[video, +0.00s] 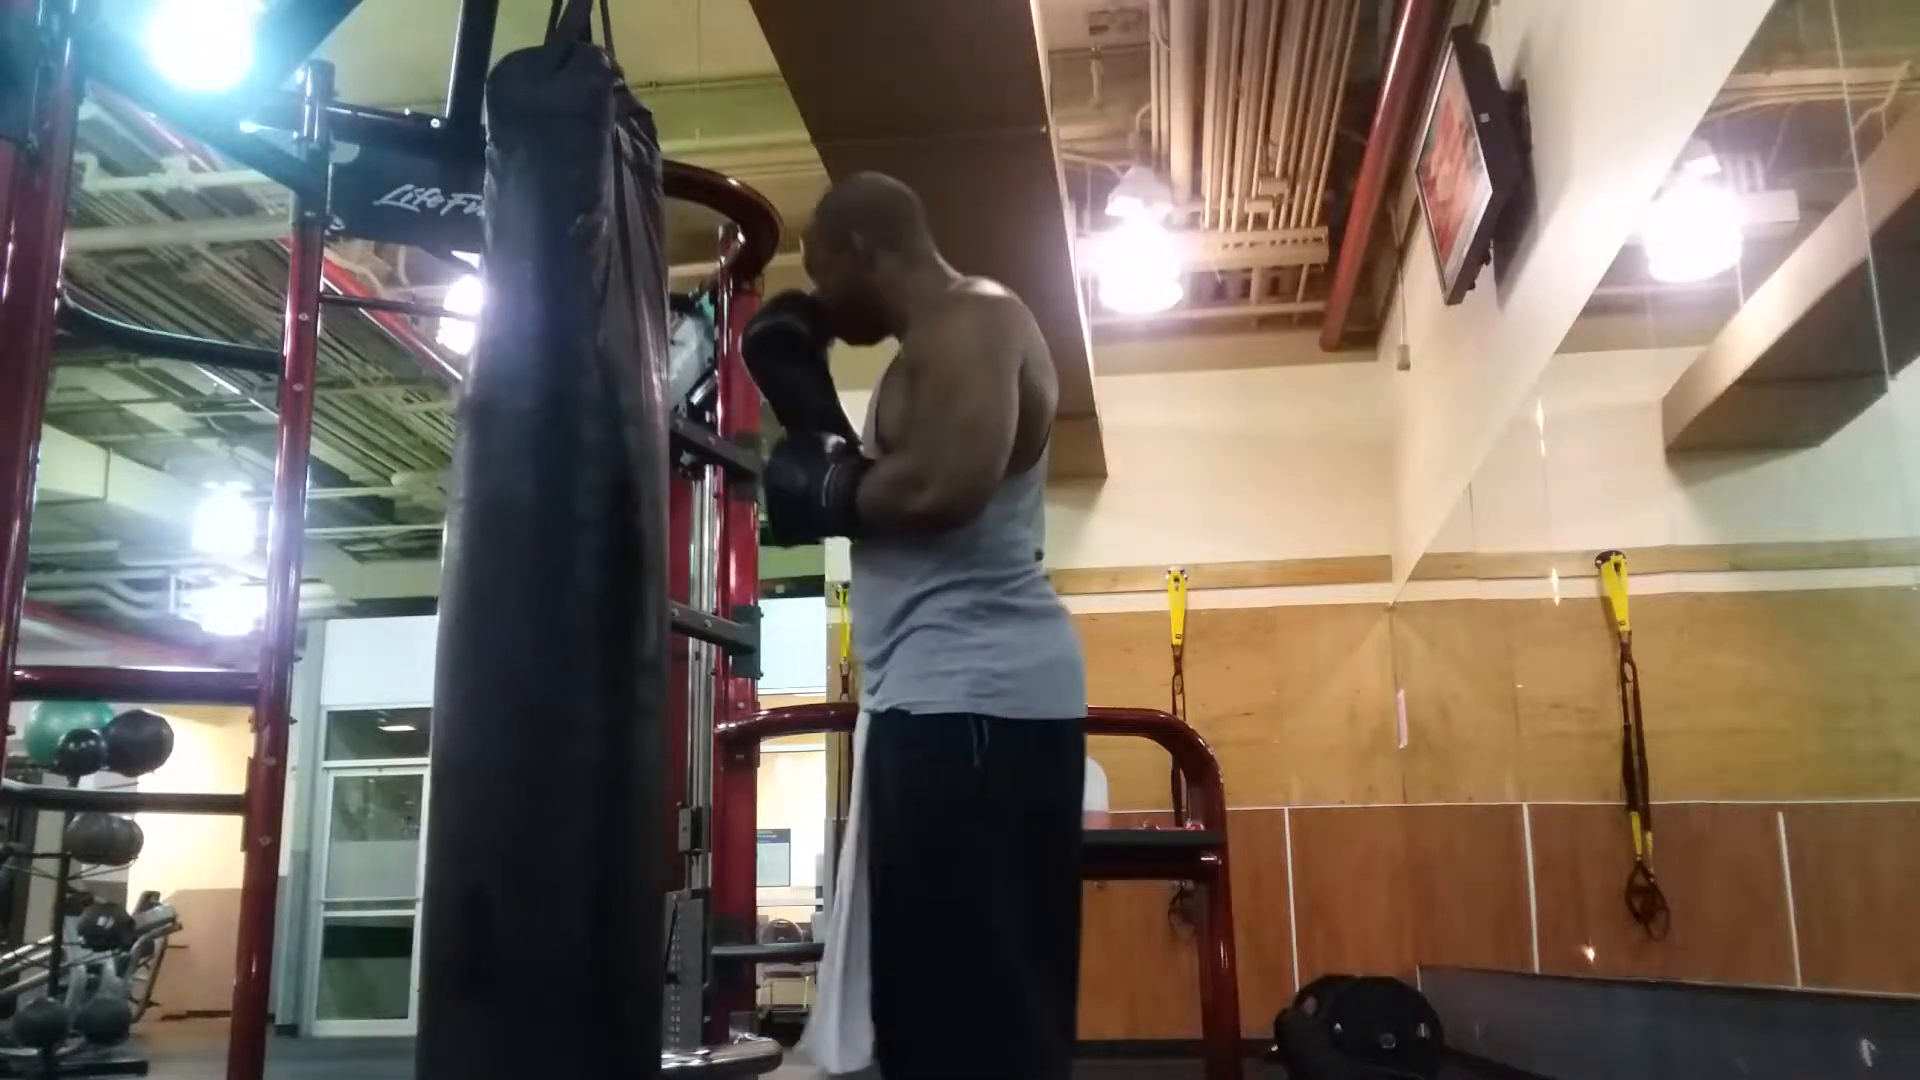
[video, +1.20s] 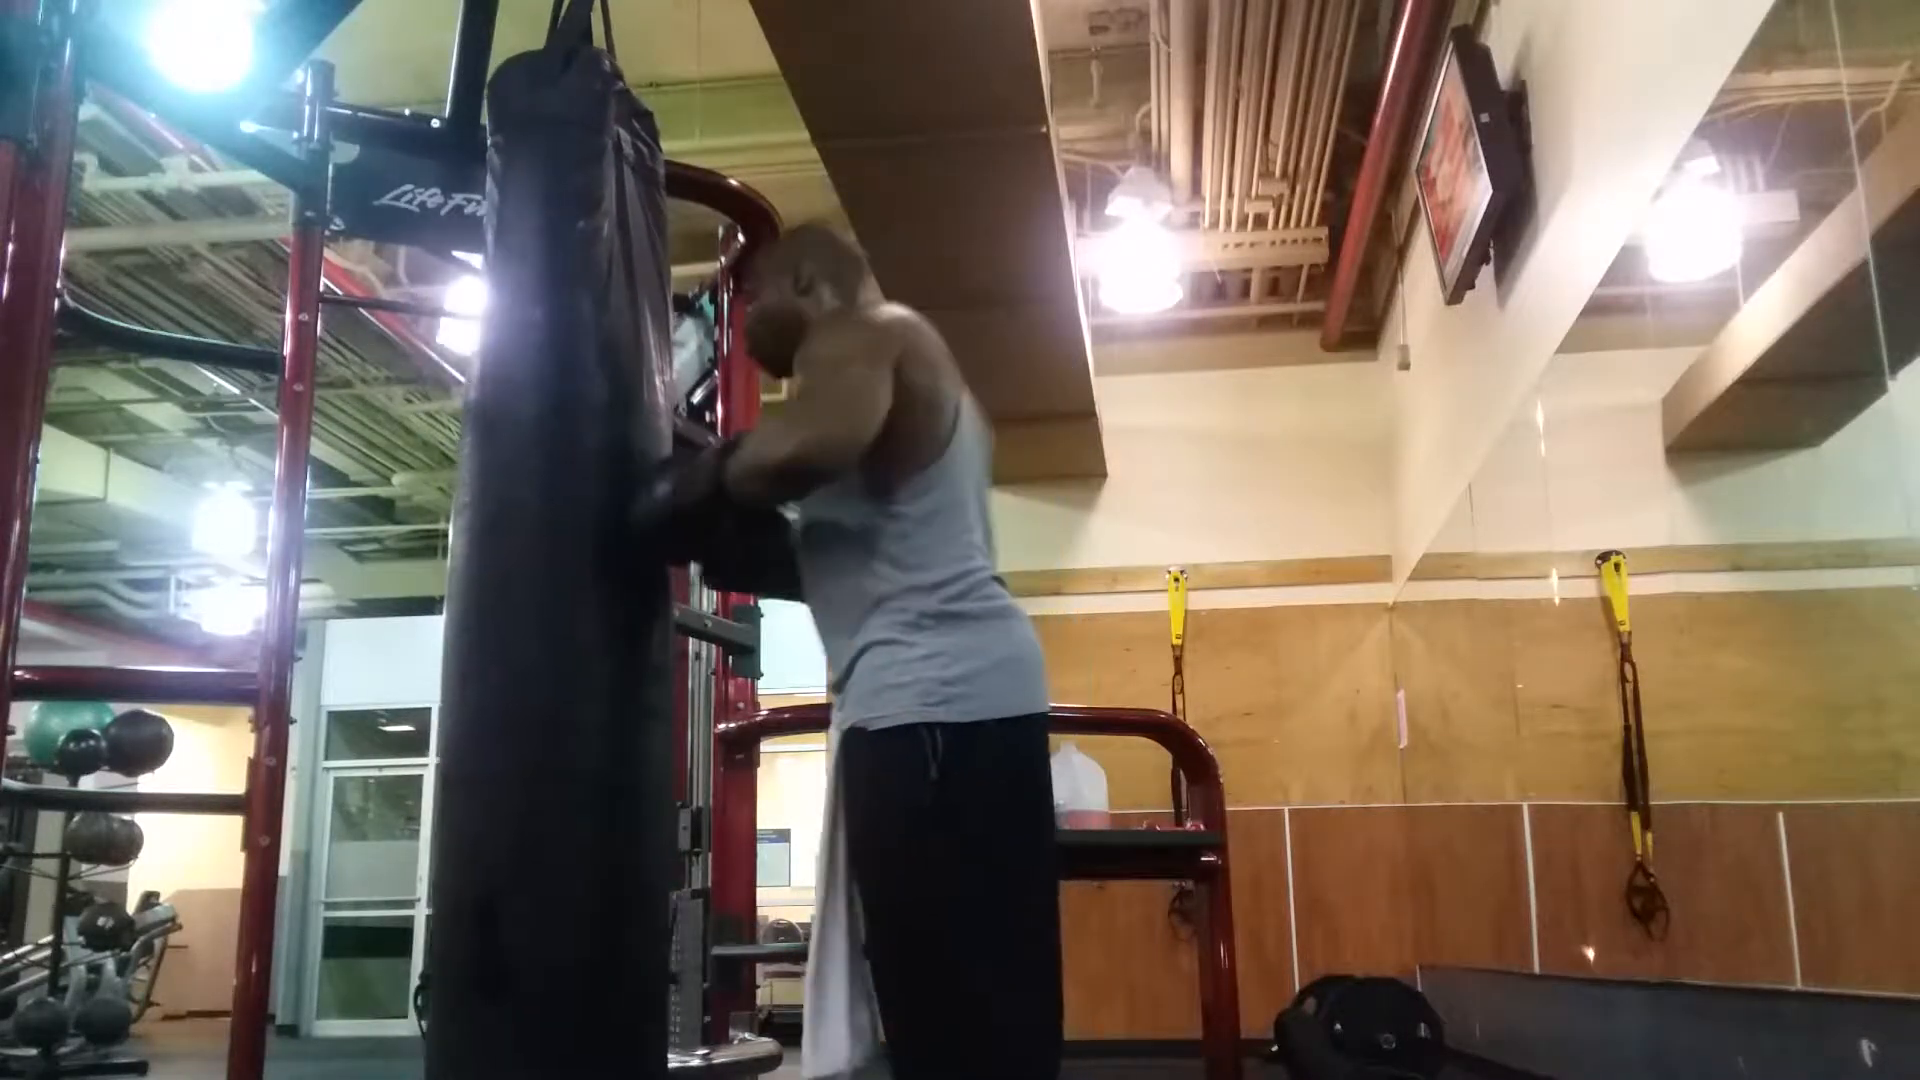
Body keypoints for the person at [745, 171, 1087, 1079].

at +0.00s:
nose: (816, 292)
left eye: (819, 270)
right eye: (812, 273)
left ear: (860, 255)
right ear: (899, 249)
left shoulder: (968, 319)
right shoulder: (921, 357)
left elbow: (943, 486)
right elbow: (867, 494)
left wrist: (828, 484)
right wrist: (808, 396)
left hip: (975, 700)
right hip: (935, 699)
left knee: (964, 1011)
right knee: (936, 1007)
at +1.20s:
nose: (744, 319)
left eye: (752, 295)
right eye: (742, 300)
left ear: (809, 284)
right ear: (841, 287)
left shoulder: (859, 332)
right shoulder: (915, 365)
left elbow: (818, 441)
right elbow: (836, 564)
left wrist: (712, 471)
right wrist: (699, 514)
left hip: (929, 707)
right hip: (965, 702)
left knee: (943, 1005)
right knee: (975, 1005)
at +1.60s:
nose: (689, 344)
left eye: (697, 319)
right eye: (689, 323)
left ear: (751, 310)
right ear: (776, 313)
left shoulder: (804, 354)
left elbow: (760, 455)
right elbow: (762, 610)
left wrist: (634, 480)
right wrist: (641, 552)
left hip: (863, 714)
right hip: (844, 716)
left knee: (877, 1007)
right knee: (869, 1010)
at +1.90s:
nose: (724, 309)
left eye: (738, 287)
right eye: (725, 293)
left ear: (805, 286)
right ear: (808, 293)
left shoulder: (858, 347)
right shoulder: (814, 401)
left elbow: (848, 462)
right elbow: (861, 597)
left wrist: (723, 483)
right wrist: (752, 624)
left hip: (911, 702)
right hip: (872, 706)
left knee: (914, 992)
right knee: (889, 990)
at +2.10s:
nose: (743, 308)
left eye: (755, 282)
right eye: (743, 289)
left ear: (819, 282)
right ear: (825, 288)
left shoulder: (883, 346)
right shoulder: (836, 390)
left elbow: (883, 472)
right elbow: (878, 552)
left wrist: (775, 514)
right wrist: (801, 620)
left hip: (932, 693)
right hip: (894, 694)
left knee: (929, 990)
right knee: (910, 984)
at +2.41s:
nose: (800, 265)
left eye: (815, 244)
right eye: (804, 247)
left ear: (877, 246)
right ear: (882, 252)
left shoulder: (935, 324)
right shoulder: (882, 368)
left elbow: (882, 476)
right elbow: (923, 555)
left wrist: (799, 492)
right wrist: (843, 606)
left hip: (958, 693)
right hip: (921, 696)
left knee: (953, 1010)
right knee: (941, 1010)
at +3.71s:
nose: (691, 240)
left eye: (685, 211)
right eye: (682, 218)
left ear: (718, 181)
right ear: (781, 165)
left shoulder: (833, 238)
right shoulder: (895, 236)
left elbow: (798, 435)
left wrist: (726, 470)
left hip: (908, 663)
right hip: (997, 658)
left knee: (789, 977)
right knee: (1007, 940)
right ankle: (1109, 1072)